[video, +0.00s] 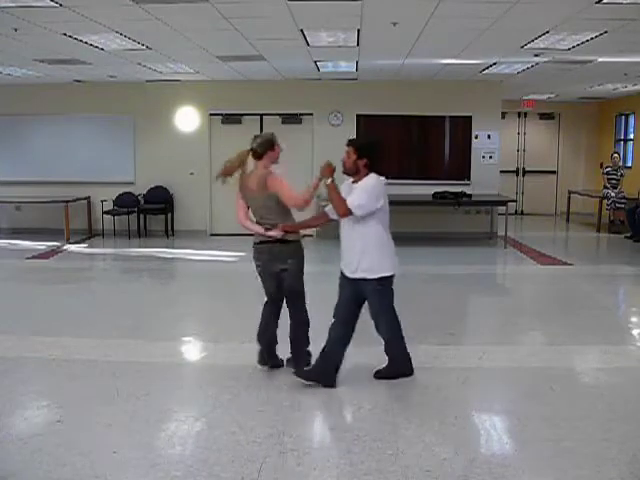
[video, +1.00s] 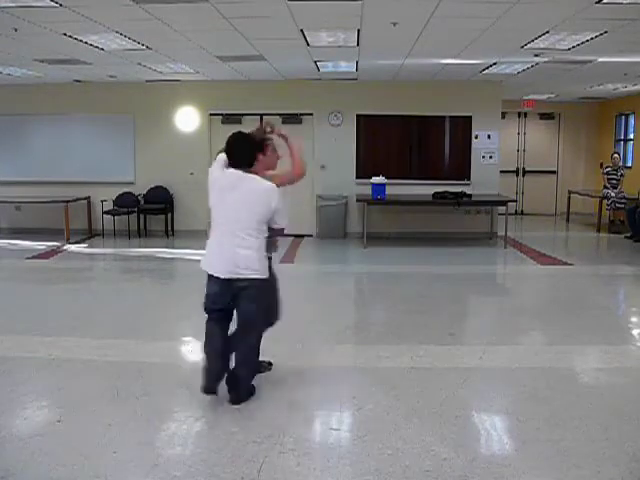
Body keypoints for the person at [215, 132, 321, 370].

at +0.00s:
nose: (279, 152)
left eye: (278, 148)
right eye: (277, 149)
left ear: (257, 153)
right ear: (269, 152)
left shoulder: (244, 180)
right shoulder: (272, 179)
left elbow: (242, 219)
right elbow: (298, 203)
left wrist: (266, 232)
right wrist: (316, 183)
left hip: (263, 247)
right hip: (288, 247)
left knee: (273, 299)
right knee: (296, 304)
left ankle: (266, 352)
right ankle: (301, 358)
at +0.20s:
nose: (272, 152)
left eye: (271, 148)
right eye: (267, 149)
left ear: (258, 155)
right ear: (253, 155)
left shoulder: (261, 180)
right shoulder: (247, 183)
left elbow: (262, 214)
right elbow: (245, 220)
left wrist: (284, 219)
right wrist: (277, 223)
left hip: (262, 250)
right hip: (257, 253)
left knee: (271, 302)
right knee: (283, 302)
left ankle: (254, 351)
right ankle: (279, 356)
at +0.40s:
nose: (261, 152)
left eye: (262, 148)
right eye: (256, 148)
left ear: (261, 153)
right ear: (242, 154)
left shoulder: (259, 181)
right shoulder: (231, 181)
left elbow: (262, 211)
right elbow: (220, 216)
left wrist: (280, 209)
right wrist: (244, 211)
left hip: (256, 250)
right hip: (237, 250)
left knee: (262, 303)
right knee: (252, 303)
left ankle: (253, 352)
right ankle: (216, 349)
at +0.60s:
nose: (256, 152)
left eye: (257, 148)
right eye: (251, 148)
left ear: (256, 152)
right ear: (237, 152)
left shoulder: (253, 183)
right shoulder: (224, 180)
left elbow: (258, 218)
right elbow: (215, 216)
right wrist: (232, 193)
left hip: (244, 254)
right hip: (223, 253)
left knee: (258, 304)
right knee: (216, 309)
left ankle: (252, 353)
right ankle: (196, 358)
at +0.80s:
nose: (250, 166)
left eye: (252, 161)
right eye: (246, 160)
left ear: (255, 161)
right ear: (237, 158)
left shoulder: (259, 186)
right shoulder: (223, 186)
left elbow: (267, 223)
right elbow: (219, 230)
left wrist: (235, 229)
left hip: (250, 254)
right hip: (228, 253)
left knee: (250, 317)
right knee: (219, 309)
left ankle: (244, 369)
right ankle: (195, 357)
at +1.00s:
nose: (267, 157)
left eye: (267, 152)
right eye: (263, 153)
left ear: (230, 157)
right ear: (255, 159)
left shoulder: (217, 178)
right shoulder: (268, 190)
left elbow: (226, 154)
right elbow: (278, 230)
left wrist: (253, 136)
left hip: (217, 267)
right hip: (253, 271)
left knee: (216, 318)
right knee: (250, 329)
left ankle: (212, 377)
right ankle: (239, 389)